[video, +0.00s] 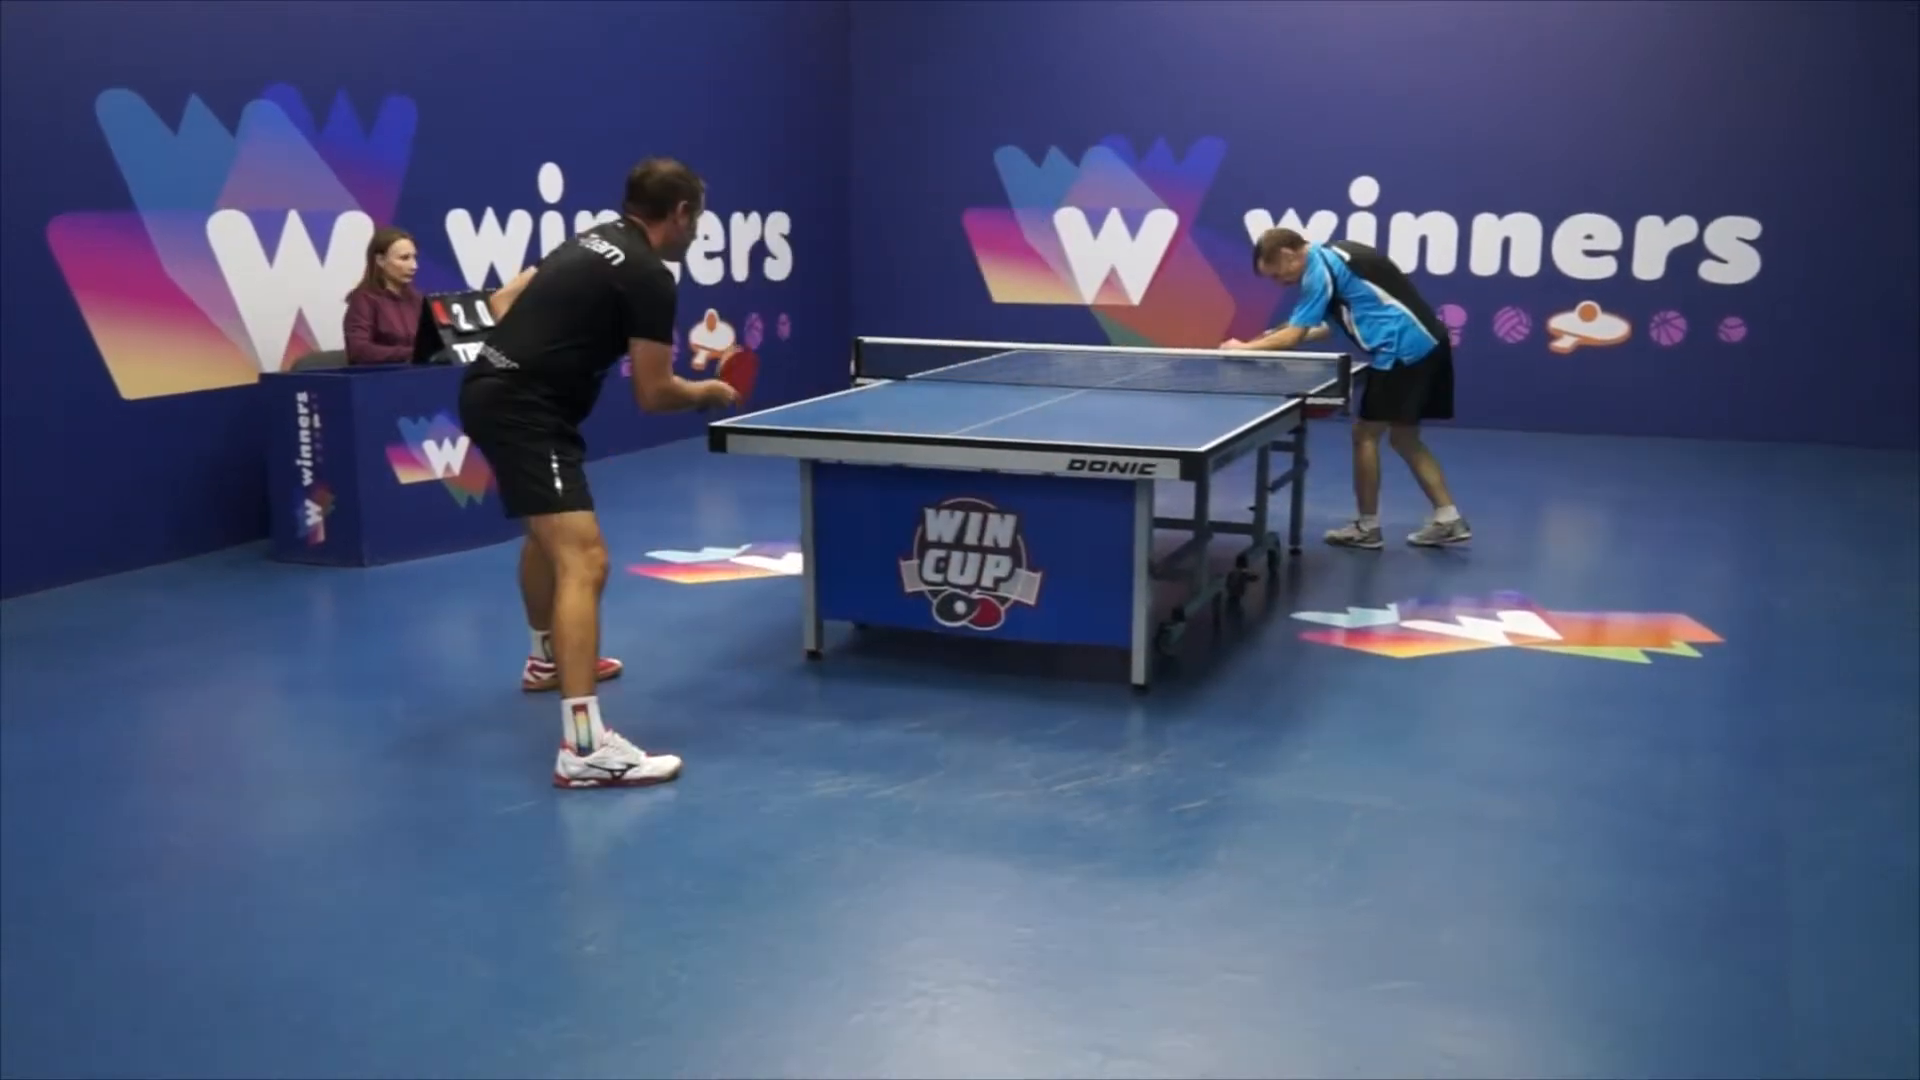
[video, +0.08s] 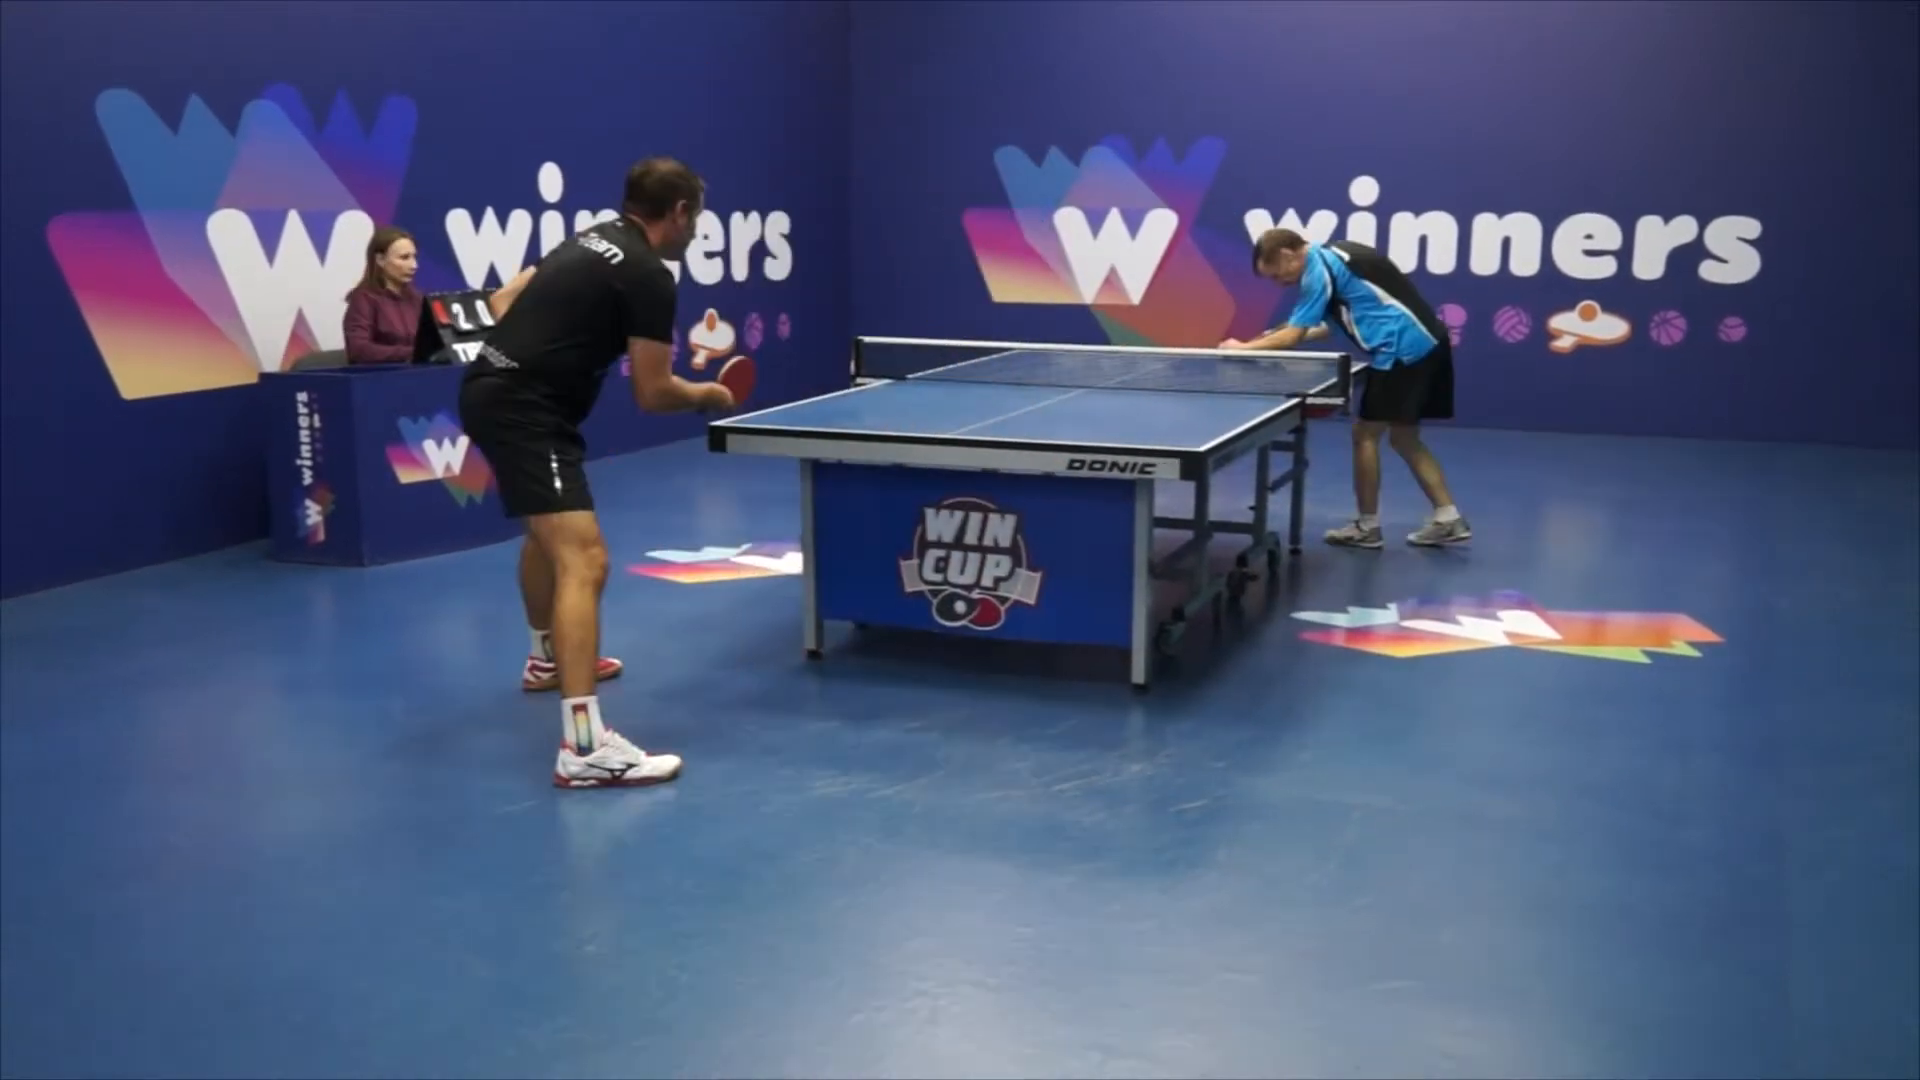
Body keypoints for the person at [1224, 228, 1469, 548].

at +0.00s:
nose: (1282, 281)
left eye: (1277, 274)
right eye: (1275, 277)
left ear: (1289, 253)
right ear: (1292, 251)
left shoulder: (1320, 265)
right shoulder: (1339, 255)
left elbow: (1293, 334)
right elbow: (1325, 327)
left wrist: (1245, 347)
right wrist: (1275, 336)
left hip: (1400, 350)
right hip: (1426, 345)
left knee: (1365, 436)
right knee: (1404, 437)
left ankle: (1367, 526)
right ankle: (1449, 518)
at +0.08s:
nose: (1281, 282)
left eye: (1277, 274)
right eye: (1274, 278)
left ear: (1289, 253)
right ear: (1292, 251)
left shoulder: (1320, 265)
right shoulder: (1338, 255)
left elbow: (1293, 333)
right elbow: (1325, 327)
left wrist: (1245, 347)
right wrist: (1267, 340)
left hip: (1399, 350)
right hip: (1426, 344)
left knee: (1364, 435)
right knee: (1404, 437)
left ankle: (1367, 526)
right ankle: (1448, 518)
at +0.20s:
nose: (1281, 281)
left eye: (1277, 274)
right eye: (1275, 277)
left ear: (1290, 253)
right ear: (1293, 251)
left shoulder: (1319, 265)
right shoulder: (1339, 255)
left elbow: (1292, 335)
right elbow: (1328, 326)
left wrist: (1245, 349)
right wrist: (1277, 334)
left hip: (1399, 351)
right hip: (1426, 345)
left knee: (1364, 435)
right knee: (1404, 437)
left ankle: (1367, 525)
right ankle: (1449, 518)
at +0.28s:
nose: (1282, 279)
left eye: (1278, 271)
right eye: (1276, 274)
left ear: (1292, 251)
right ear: (1296, 249)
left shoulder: (1321, 265)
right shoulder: (1340, 254)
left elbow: (1292, 333)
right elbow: (1329, 324)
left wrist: (1245, 349)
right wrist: (1285, 329)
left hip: (1399, 351)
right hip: (1426, 344)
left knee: (1364, 435)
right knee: (1404, 436)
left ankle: (1367, 526)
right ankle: (1450, 517)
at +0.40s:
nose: (1283, 270)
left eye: (1280, 262)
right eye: (1277, 265)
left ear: (1296, 244)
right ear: (1300, 243)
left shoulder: (1325, 261)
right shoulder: (1346, 249)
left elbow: (1300, 329)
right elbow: (1336, 314)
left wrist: (1250, 344)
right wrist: (1292, 317)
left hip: (1398, 349)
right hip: (1427, 342)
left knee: (1365, 434)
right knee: (1410, 435)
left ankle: (1367, 524)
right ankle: (1455, 515)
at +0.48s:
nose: (1287, 265)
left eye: (1285, 257)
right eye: (1282, 260)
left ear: (1300, 239)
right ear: (1304, 237)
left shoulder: (1328, 258)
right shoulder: (1348, 246)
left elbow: (1302, 328)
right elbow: (1327, 308)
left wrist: (1253, 342)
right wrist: (1278, 303)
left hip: (1399, 352)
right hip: (1430, 344)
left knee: (1365, 434)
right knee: (1416, 436)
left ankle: (1367, 525)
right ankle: (1460, 516)